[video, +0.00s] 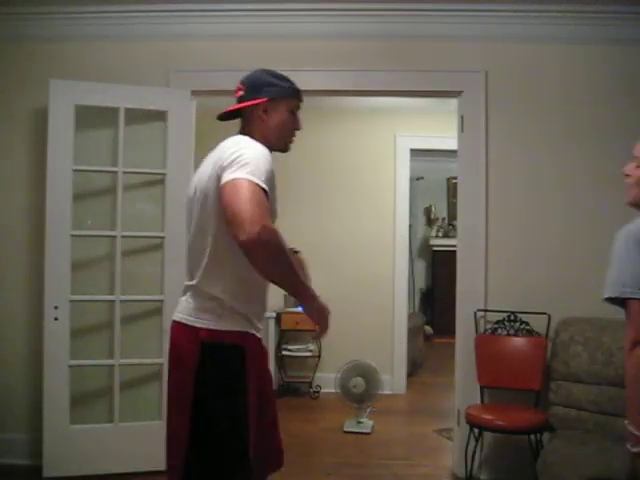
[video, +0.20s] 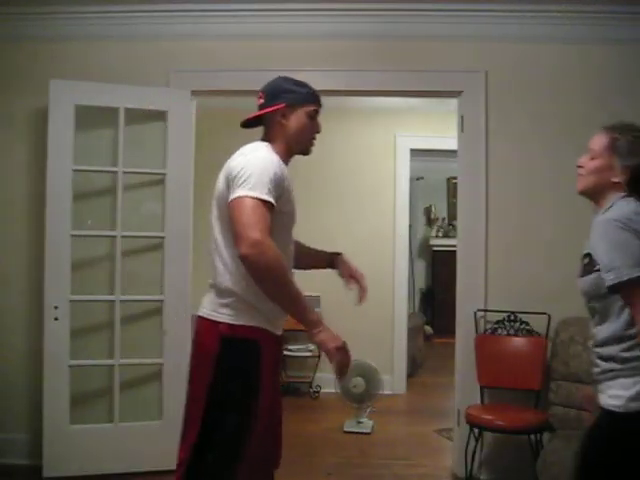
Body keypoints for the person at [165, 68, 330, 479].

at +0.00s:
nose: (298, 123)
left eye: (297, 113)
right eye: (292, 111)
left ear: (259, 112)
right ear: (263, 111)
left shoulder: (220, 156)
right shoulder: (248, 152)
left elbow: (223, 243)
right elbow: (252, 231)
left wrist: (280, 258)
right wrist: (307, 297)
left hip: (203, 335)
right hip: (223, 341)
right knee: (237, 465)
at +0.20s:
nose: (318, 126)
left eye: (317, 116)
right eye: (312, 115)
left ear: (284, 118)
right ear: (283, 115)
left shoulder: (271, 167)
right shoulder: (258, 161)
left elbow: (277, 247)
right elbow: (253, 247)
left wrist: (333, 259)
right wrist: (315, 326)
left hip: (254, 335)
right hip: (236, 335)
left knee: (255, 458)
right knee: (224, 461)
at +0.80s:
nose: (363, 133)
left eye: (362, 122)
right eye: (357, 121)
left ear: (327, 123)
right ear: (330, 121)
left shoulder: (315, 173)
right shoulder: (303, 167)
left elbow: (331, 243)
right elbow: (304, 254)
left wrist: (380, 241)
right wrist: (366, 334)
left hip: (290, 331)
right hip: (277, 334)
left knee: (283, 460)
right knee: (275, 463)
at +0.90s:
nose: (366, 138)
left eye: (367, 127)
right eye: (363, 125)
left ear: (327, 122)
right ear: (341, 121)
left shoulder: (314, 169)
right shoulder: (309, 168)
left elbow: (328, 241)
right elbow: (329, 257)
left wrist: (384, 241)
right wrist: (397, 326)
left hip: (292, 332)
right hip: (281, 336)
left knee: (300, 459)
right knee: (284, 464)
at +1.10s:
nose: (372, 140)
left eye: (373, 131)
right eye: (370, 128)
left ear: (332, 123)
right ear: (350, 124)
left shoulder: (316, 167)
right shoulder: (317, 170)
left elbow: (336, 250)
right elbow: (368, 254)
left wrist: (391, 244)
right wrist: (454, 303)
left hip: (297, 331)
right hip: (290, 336)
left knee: (312, 457)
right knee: (295, 461)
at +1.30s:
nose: (377, 136)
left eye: (377, 126)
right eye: (374, 124)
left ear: (335, 123)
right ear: (353, 121)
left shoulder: (311, 166)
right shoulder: (330, 171)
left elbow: (345, 246)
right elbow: (388, 249)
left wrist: (397, 232)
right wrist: (469, 285)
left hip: (293, 329)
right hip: (298, 334)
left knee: (291, 456)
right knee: (291, 459)